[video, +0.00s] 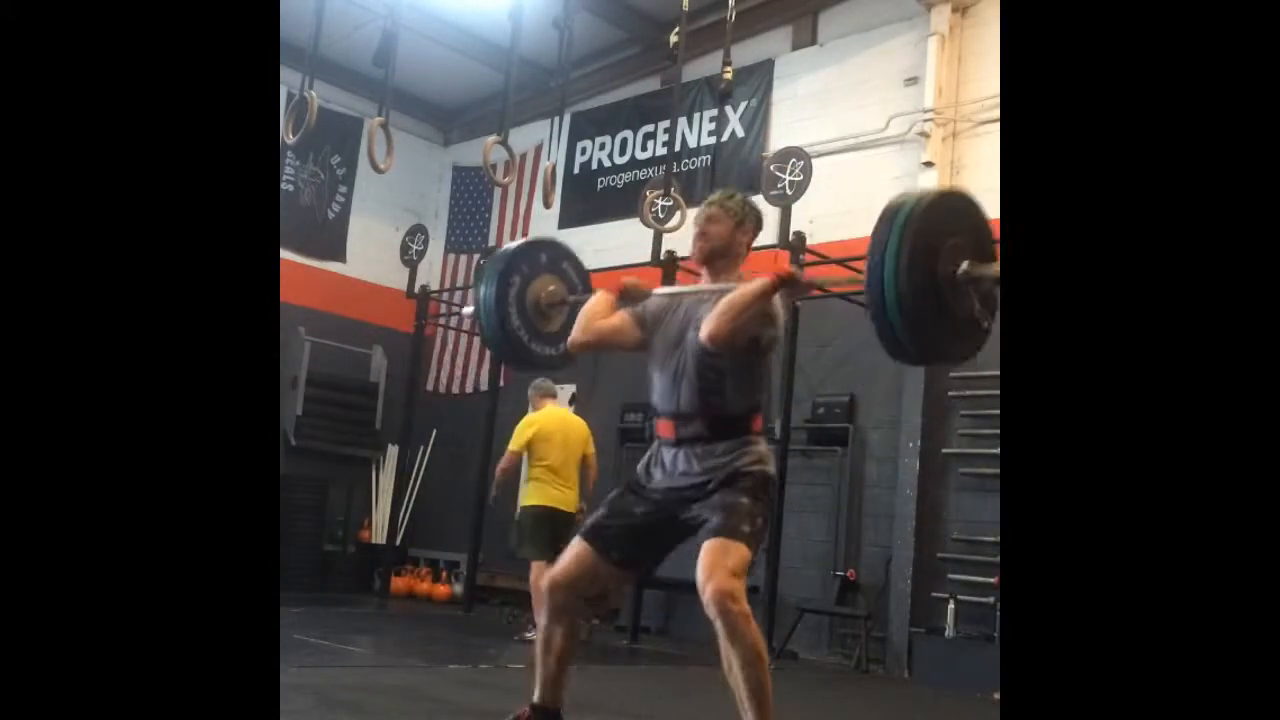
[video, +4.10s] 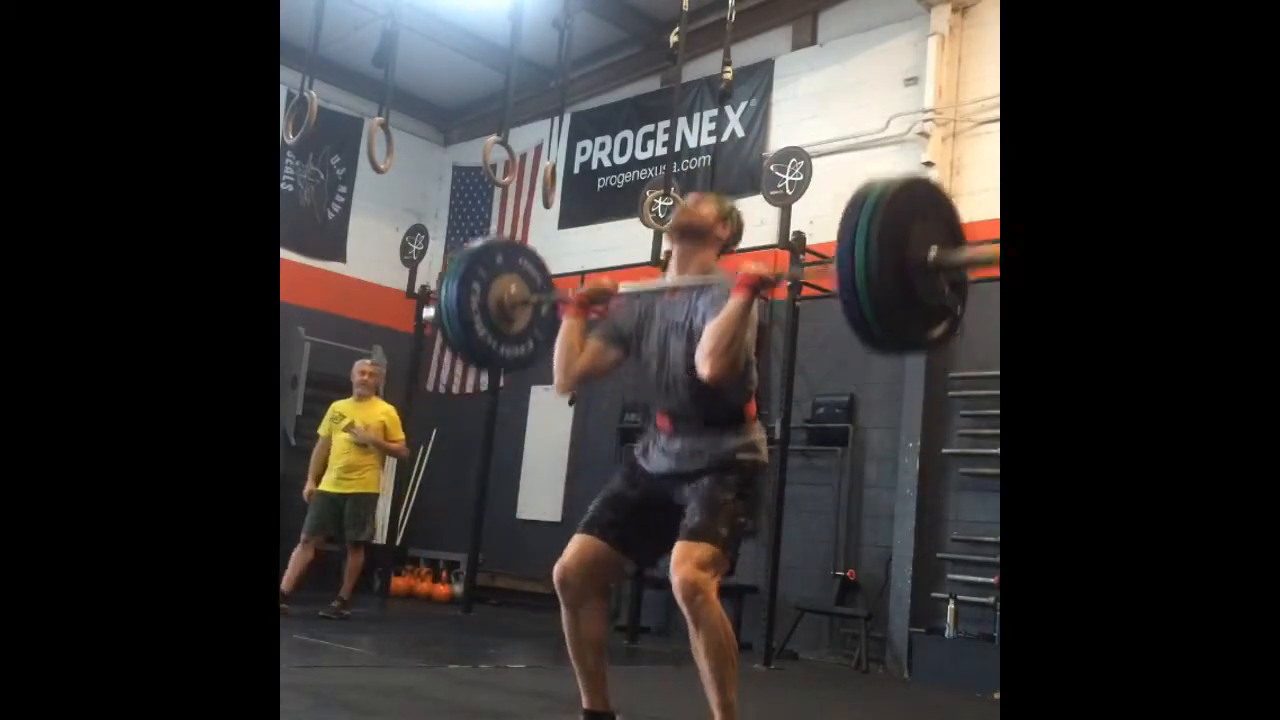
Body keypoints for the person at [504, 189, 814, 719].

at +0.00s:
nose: (699, 228)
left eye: (713, 220)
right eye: (698, 220)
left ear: (745, 233)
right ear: (695, 234)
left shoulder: (759, 299)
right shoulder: (665, 304)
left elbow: (714, 334)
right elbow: (582, 335)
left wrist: (770, 281)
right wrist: (611, 292)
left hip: (735, 463)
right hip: (664, 464)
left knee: (720, 590)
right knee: (560, 584)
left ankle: (758, 716)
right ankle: (544, 709)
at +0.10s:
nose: (709, 204)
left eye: (723, 195)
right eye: (709, 196)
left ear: (755, 208)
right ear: (705, 212)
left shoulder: (771, 268)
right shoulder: (676, 283)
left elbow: (729, 294)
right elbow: (587, 309)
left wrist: (779, 247)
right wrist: (622, 268)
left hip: (747, 439)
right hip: (678, 441)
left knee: (736, 585)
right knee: (597, 577)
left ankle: (762, 715)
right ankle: (566, 703)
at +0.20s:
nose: (715, 177)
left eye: (731, 169)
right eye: (713, 171)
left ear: (762, 187)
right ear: (708, 190)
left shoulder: (772, 251)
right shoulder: (683, 262)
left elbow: (741, 266)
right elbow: (593, 299)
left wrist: (789, 229)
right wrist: (628, 252)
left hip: (745, 433)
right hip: (679, 433)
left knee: (744, 580)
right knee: (618, 569)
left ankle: (768, 715)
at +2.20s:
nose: (690, 163)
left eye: (705, 155)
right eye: (689, 155)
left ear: (736, 173)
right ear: (683, 172)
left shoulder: (741, 237)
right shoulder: (655, 242)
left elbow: (709, 234)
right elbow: (559, 261)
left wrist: (764, 203)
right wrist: (606, 226)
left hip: (708, 417)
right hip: (640, 416)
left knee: (726, 579)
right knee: (628, 575)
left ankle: (739, 714)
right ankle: (604, 709)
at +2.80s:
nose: (680, 222)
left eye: (698, 220)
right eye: (681, 218)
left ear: (724, 248)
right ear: (672, 246)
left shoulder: (728, 307)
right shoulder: (641, 321)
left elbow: (686, 324)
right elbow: (545, 337)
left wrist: (740, 284)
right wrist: (590, 300)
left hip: (730, 485)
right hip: (663, 488)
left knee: (705, 594)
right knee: (561, 581)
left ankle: (732, 716)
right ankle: (595, 710)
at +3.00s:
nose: (671, 302)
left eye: (690, 298)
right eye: (671, 298)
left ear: (716, 323)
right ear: (661, 320)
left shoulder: (722, 389)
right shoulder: (632, 395)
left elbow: (676, 425)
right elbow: (538, 429)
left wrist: (731, 372)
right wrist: (577, 377)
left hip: (732, 547)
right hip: (657, 550)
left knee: (696, 601)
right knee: (546, 589)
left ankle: (727, 717)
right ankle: (595, 712)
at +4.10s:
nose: (686, 202)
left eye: (702, 202)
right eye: (684, 200)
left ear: (724, 232)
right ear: (670, 229)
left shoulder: (729, 294)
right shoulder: (639, 303)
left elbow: (712, 365)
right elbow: (568, 378)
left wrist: (743, 294)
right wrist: (575, 312)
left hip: (726, 459)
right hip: (657, 456)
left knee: (691, 580)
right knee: (573, 574)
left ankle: (725, 715)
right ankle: (596, 710)